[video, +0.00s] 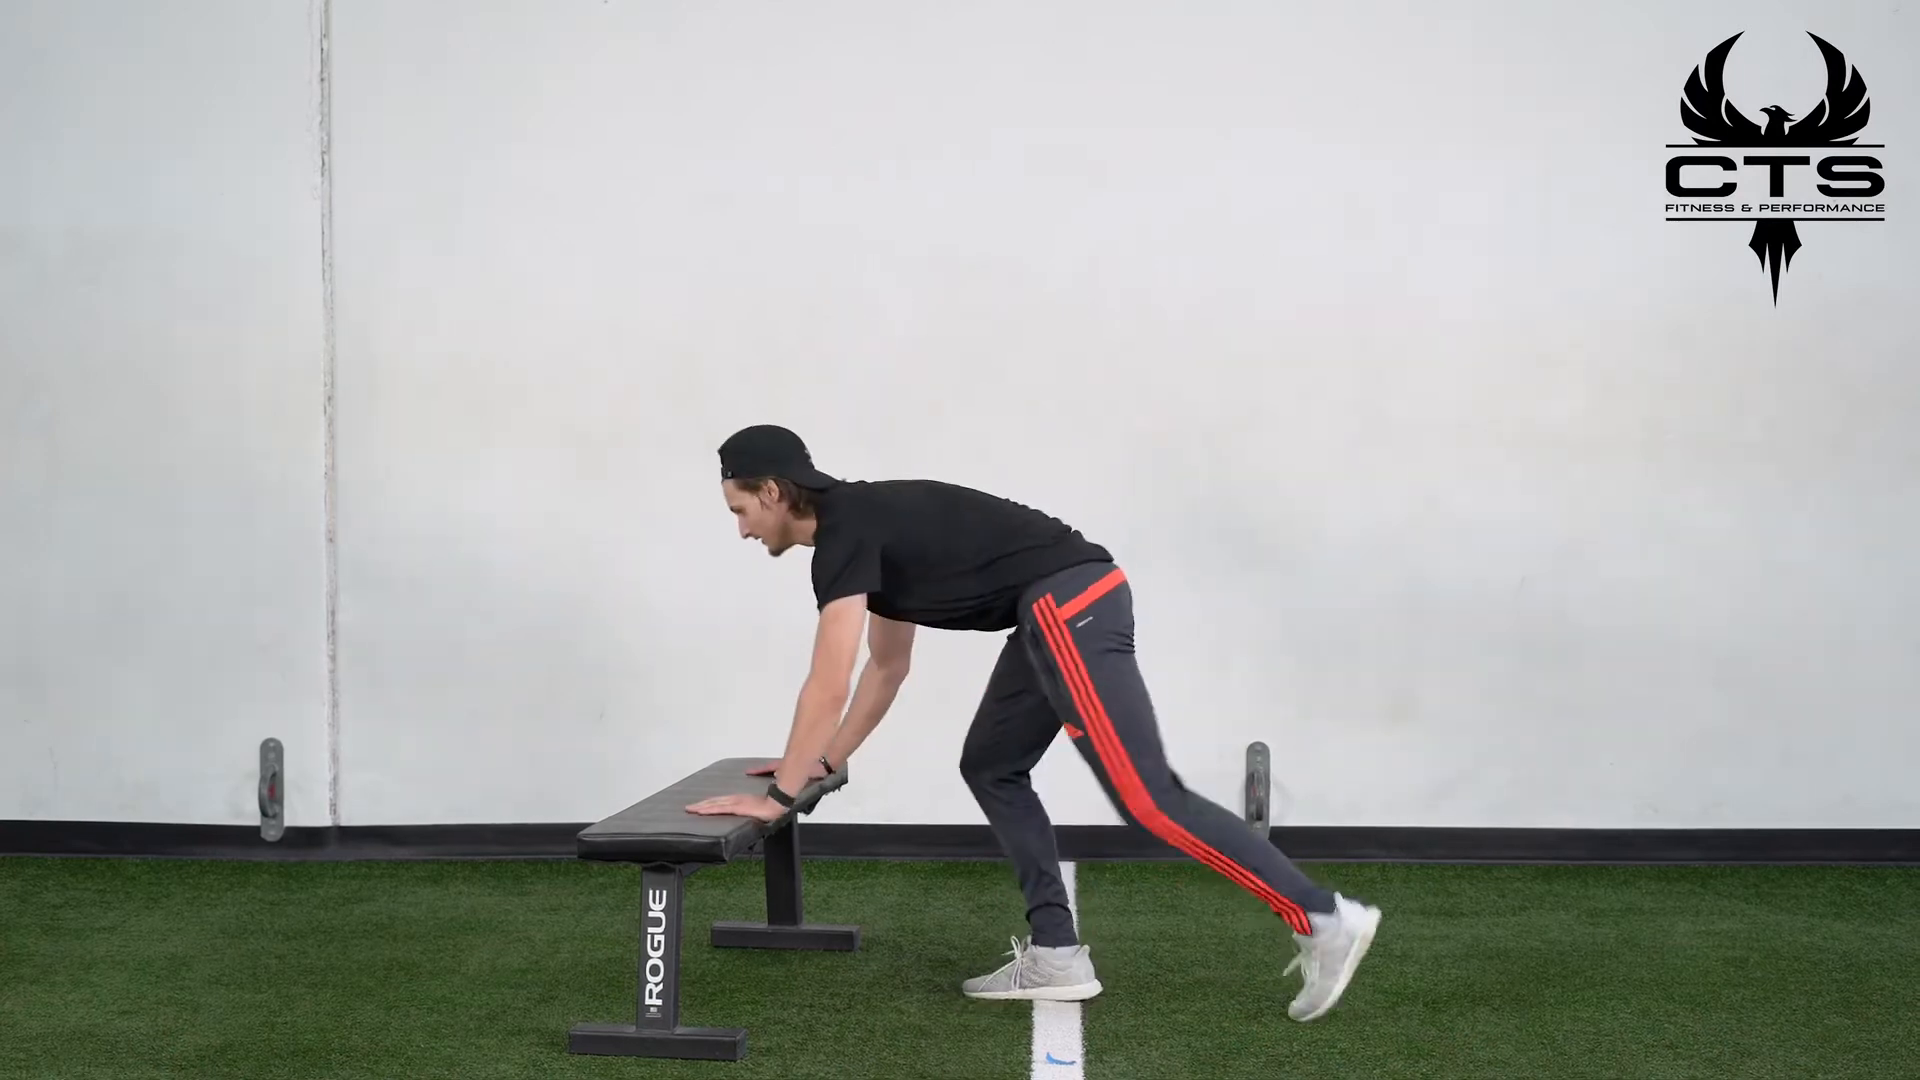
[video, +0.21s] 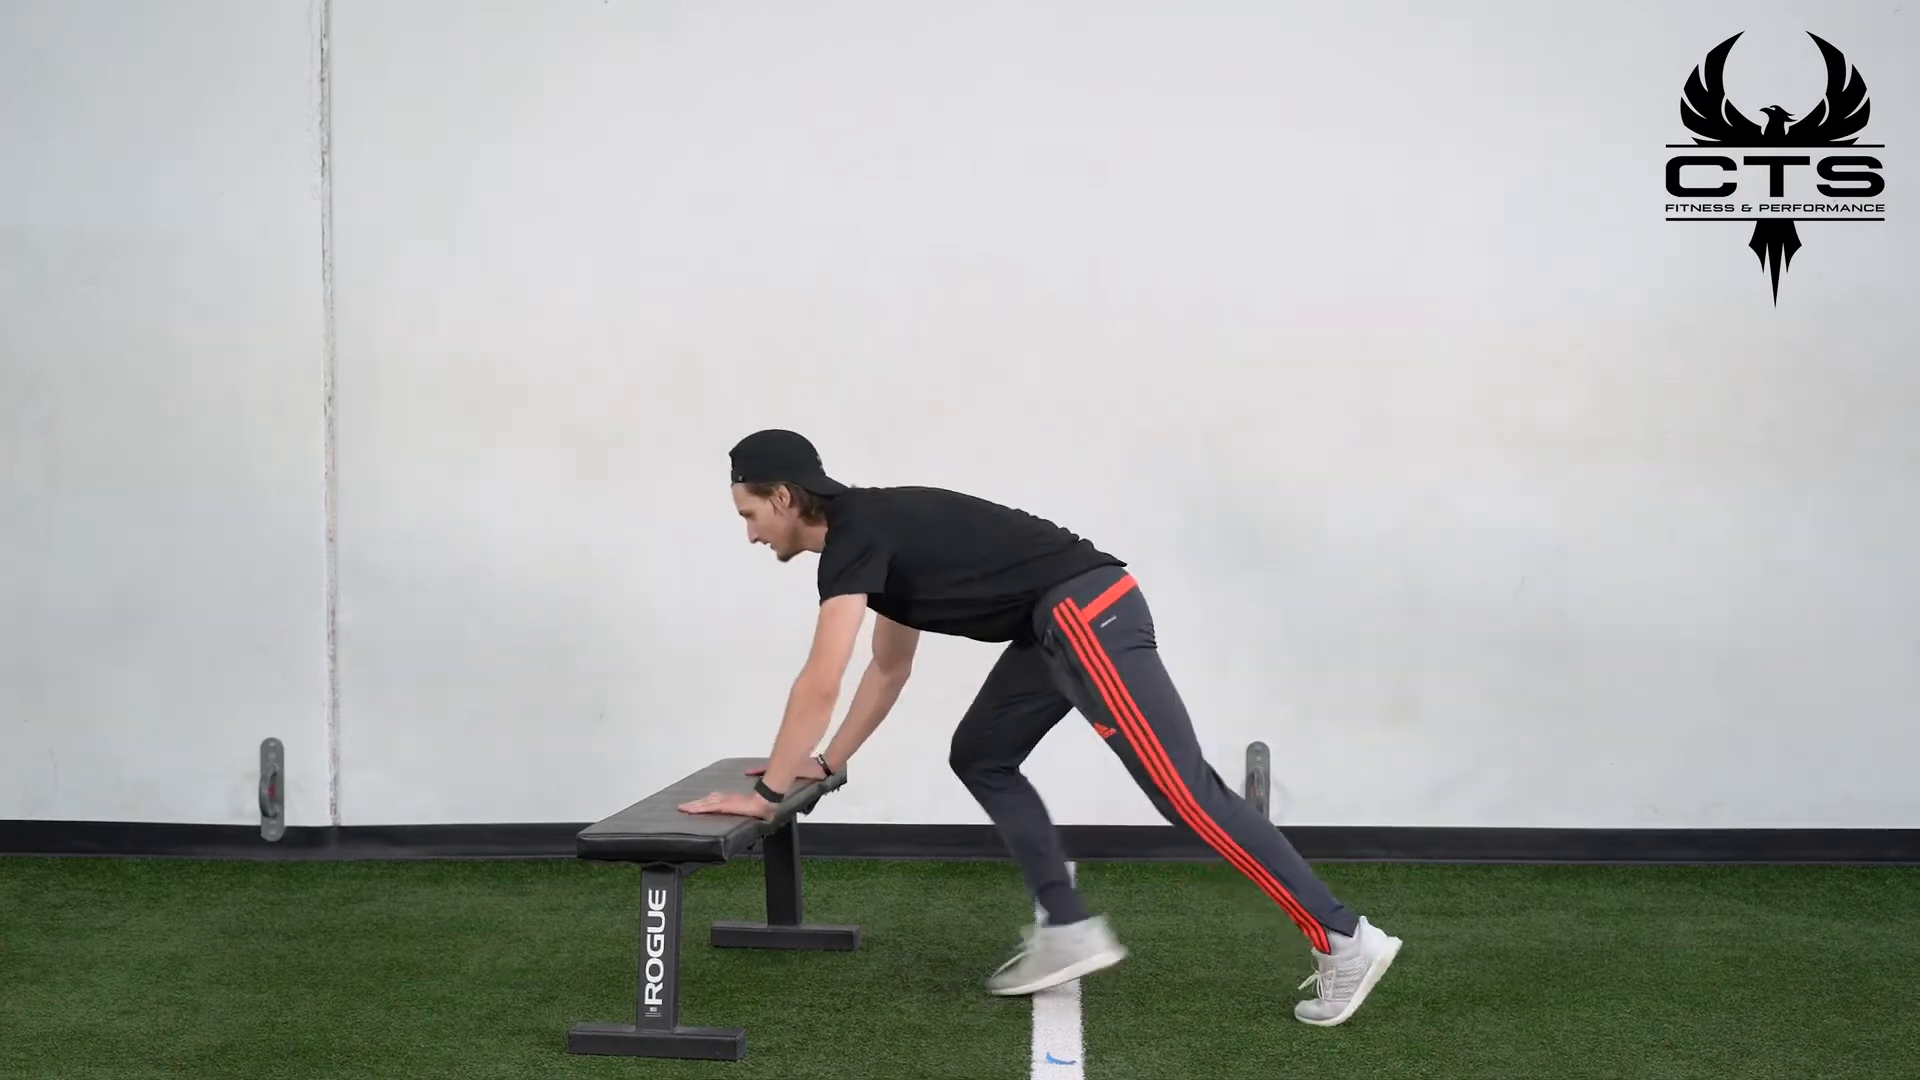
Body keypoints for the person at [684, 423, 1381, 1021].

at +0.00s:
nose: (738, 526)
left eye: (739, 508)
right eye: (734, 511)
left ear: (778, 492)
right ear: (782, 490)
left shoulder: (844, 531)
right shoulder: (872, 527)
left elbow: (828, 678)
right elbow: (885, 670)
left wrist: (778, 792)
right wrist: (825, 762)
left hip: (1070, 598)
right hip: (1052, 607)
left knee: (1148, 797)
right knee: (992, 765)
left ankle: (1328, 920)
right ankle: (1055, 953)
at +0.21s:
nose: (747, 527)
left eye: (749, 510)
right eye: (742, 513)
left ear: (792, 494)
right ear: (793, 495)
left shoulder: (856, 531)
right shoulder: (885, 536)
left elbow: (822, 676)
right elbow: (887, 670)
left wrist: (766, 791)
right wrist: (828, 763)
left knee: (1188, 793)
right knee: (981, 755)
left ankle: (1348, 941)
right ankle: (1069, 926)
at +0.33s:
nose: (738, 529)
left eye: (741, 512)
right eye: (734, 514)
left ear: (785, 497)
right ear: (784, 496)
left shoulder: (849, 536)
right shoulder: (867, 535)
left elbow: (828, 680)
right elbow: (885, 668)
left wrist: (771, 796)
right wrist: (832, 759)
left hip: (1081, 611)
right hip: (1059, 623)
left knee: (1189, 791)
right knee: (1030, 792)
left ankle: (1348, 940)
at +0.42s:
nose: (724, 524)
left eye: (728, 507)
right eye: (720, 509)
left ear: (771, 494)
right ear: (774, 492)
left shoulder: (837, 536)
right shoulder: (849, 531)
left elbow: (832, 680)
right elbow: (878, 671)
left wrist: (771, 793)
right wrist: (826, 762)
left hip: (1065, 620)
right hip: (1053, 628)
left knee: (1180, 791)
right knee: (1099, 815)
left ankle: (1346, 938)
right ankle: (1284, 877)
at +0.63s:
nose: (681, 564)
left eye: (683, 548)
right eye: (675, 550)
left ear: (721, 537)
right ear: (733, 531)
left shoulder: (797, 576)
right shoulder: (818, 567)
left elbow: (843, 713)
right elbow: (879, 710)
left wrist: (777, 795)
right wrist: (806, 776)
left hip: (1019, 689)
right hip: (1024, 681)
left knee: (1172, 818)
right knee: (1175, 811)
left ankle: (1354, 934)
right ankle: (1350, 925)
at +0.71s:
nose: (654, 601)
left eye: (656, 583)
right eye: (651, 585)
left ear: (693, 574)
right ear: (700, 570)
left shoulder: (775, 610)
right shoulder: (786, 603)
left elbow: (843, 722)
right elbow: (858, 726)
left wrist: (782, 799)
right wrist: (797, 774)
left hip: (995, 717)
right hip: (995, 710)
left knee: (1160, 830)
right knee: (1160, 825)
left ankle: (1353, 931)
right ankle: (1341, 927)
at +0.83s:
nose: (622, 671)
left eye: (622, 655)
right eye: (617, 657)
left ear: (658, 637)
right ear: (664, 635)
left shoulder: (738, 655)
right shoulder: (739, 657)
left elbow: (822, 709)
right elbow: (823, 711)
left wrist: (774, 800)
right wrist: (777, 787)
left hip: (963, 751)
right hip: (965, 744)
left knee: (1143, 853)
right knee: (1142, 845)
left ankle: (1343, 933)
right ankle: (1341, 922)